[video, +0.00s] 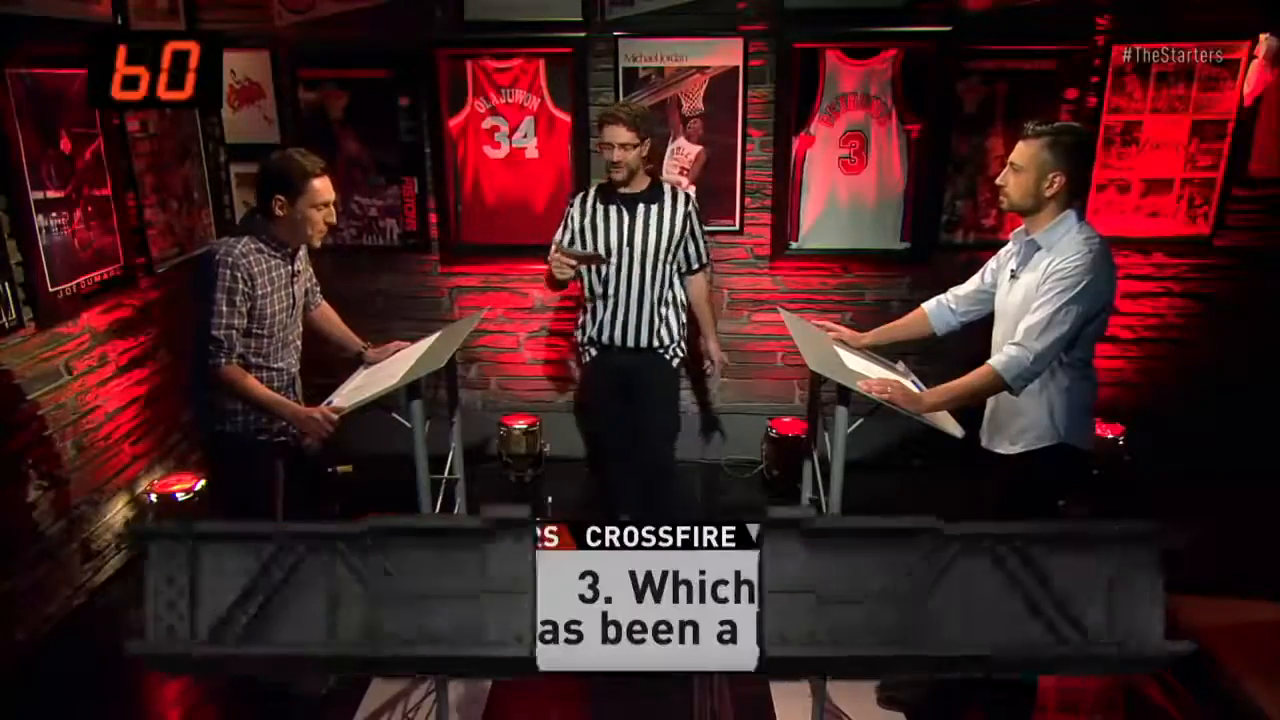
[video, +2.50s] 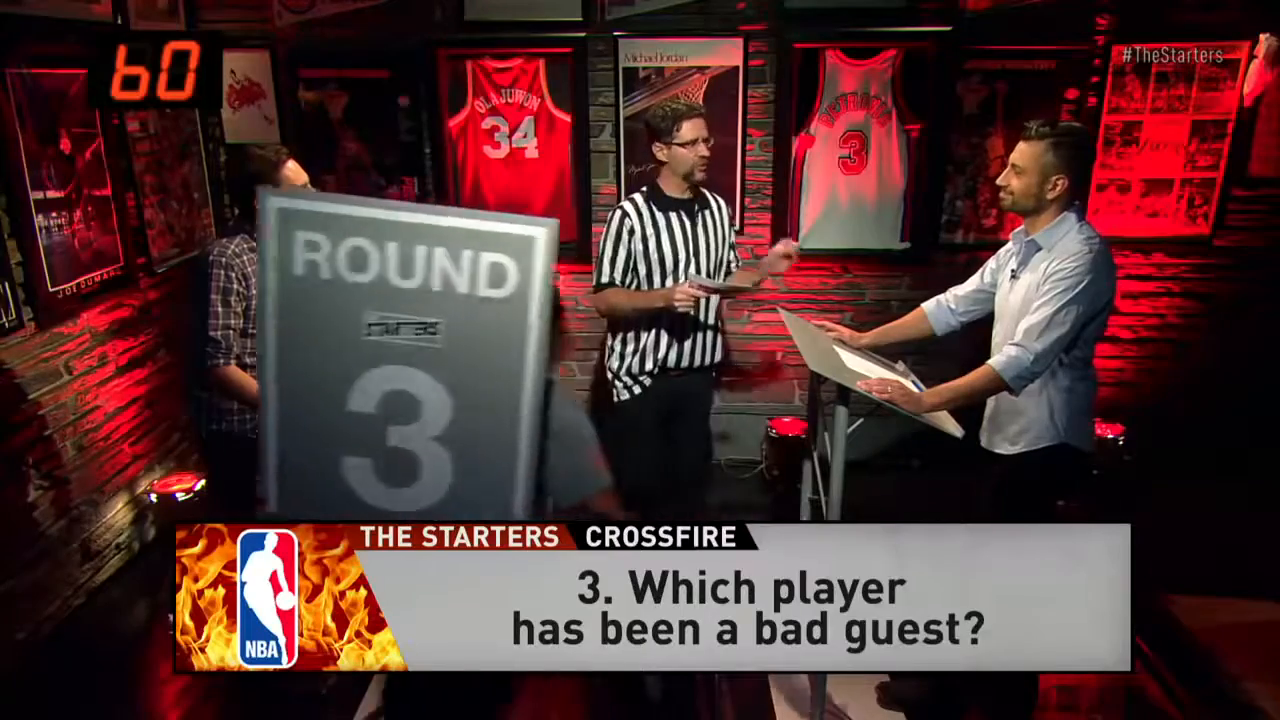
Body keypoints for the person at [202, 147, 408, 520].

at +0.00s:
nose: (332, 219)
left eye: (332, 206)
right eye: (321, 208)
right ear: (280, 207)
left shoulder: (294, 249)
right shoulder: (233, 261)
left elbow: (314, 306)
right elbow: (221, 366)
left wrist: (364, 351)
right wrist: (297, 414)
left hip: (288, 432)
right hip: (244, 439)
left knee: (302, 537)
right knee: (256, 545)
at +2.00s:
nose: (314, 196)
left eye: (308, 185)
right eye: (300, 189)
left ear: (269, 205)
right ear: (266, 205)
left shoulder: (289, 247)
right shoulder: (226, 261)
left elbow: (312, 304)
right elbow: (218, 367)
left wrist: (364, 351)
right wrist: (293, 413)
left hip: (286, 425)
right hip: (240, 435)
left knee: (305, 525)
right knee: (252, 537)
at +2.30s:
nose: (314, 196)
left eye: (308, 185)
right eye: (301, 189)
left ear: (270, 205)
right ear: (266, 205)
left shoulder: (289, 246)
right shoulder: (227, 261)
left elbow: (312, 304)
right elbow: (218, 367)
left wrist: (364, 350)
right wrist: (293, 413)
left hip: (285, 425)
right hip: (241, 435)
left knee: (298, 527)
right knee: (253, 538)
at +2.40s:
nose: (310, 198)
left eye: (307, 187)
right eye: (301, 190)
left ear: (272, 205)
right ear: (266, 205)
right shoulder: (227, 260)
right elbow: (217, 366)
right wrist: (294, 413)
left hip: (283, 428)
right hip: (240, 435)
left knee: (293, 530)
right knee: (252, 538)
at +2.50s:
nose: (306, 204)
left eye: (307, 192)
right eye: (296, 194)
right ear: (262, 198)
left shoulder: (296, 251)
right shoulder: (231, 256)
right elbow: (219, 364)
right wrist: (284, 406)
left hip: (287, 428)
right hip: (242, 435)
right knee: (246, 533)